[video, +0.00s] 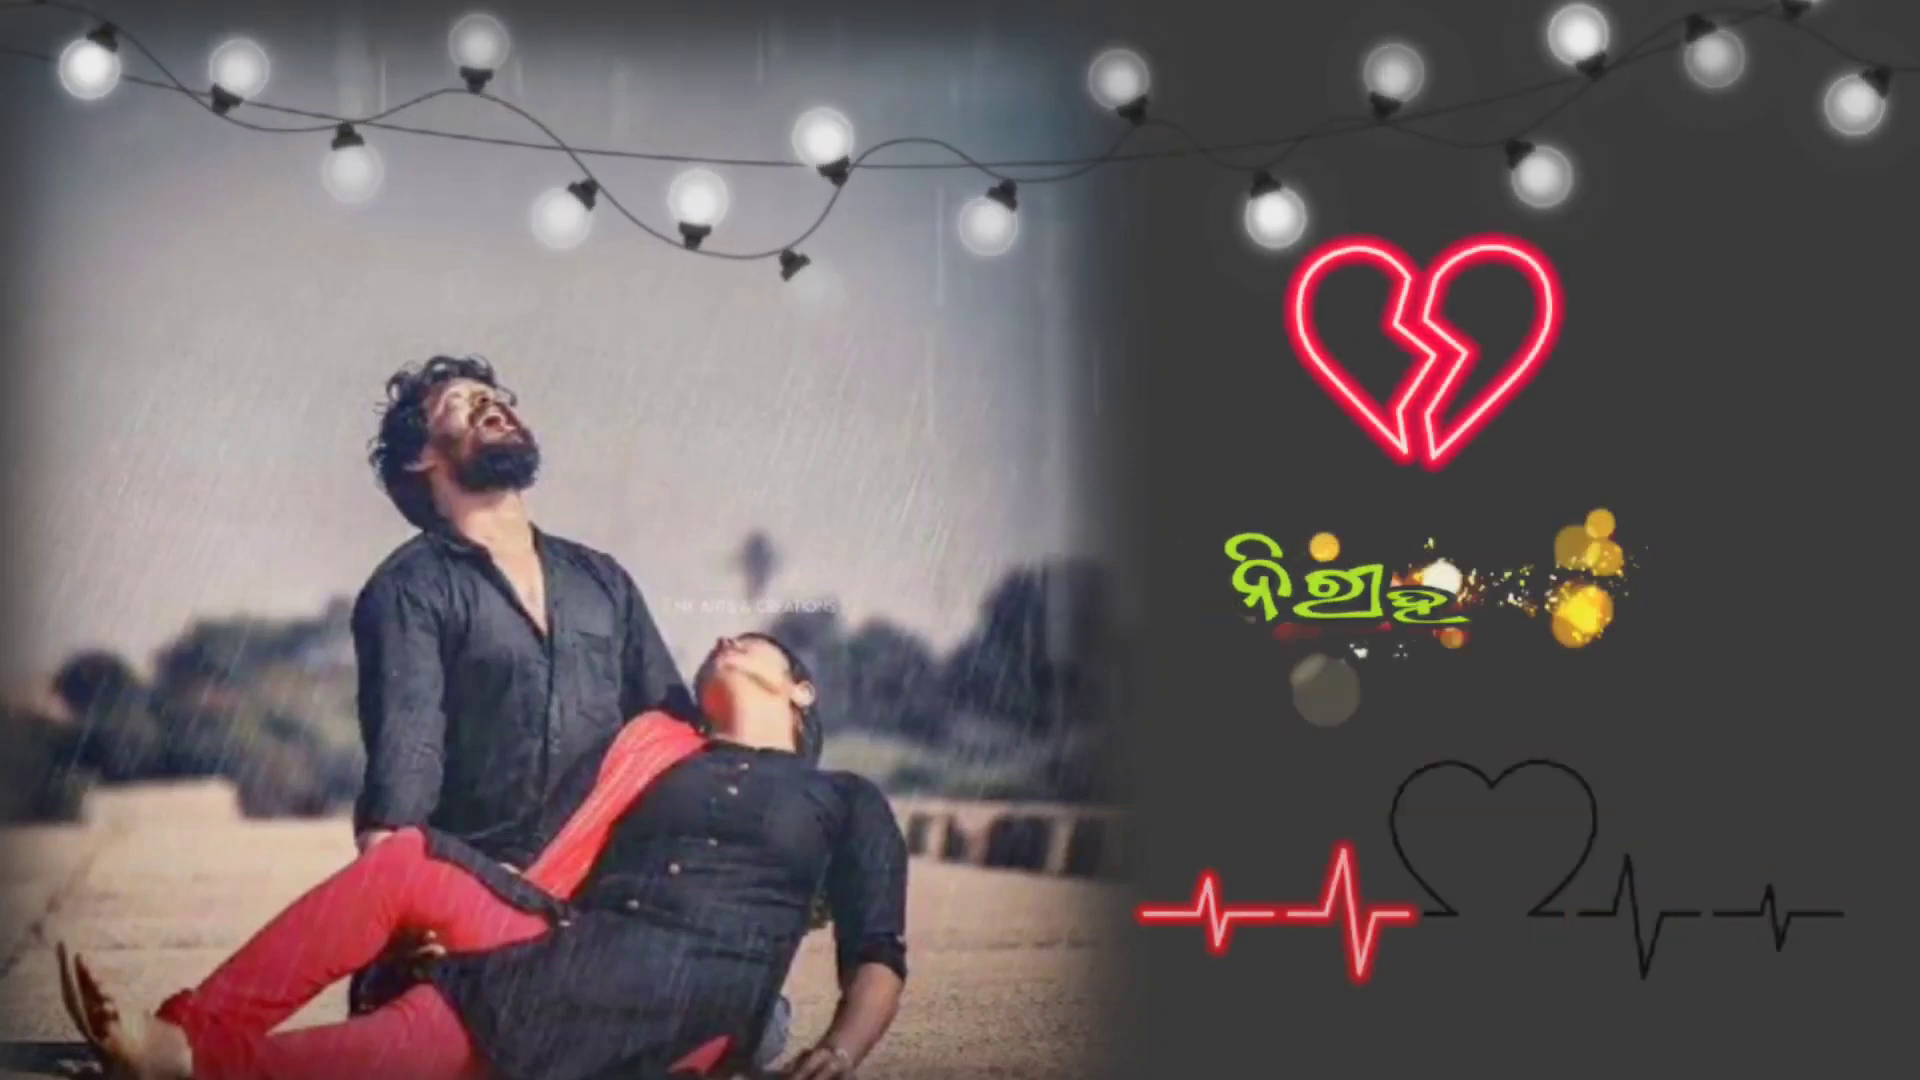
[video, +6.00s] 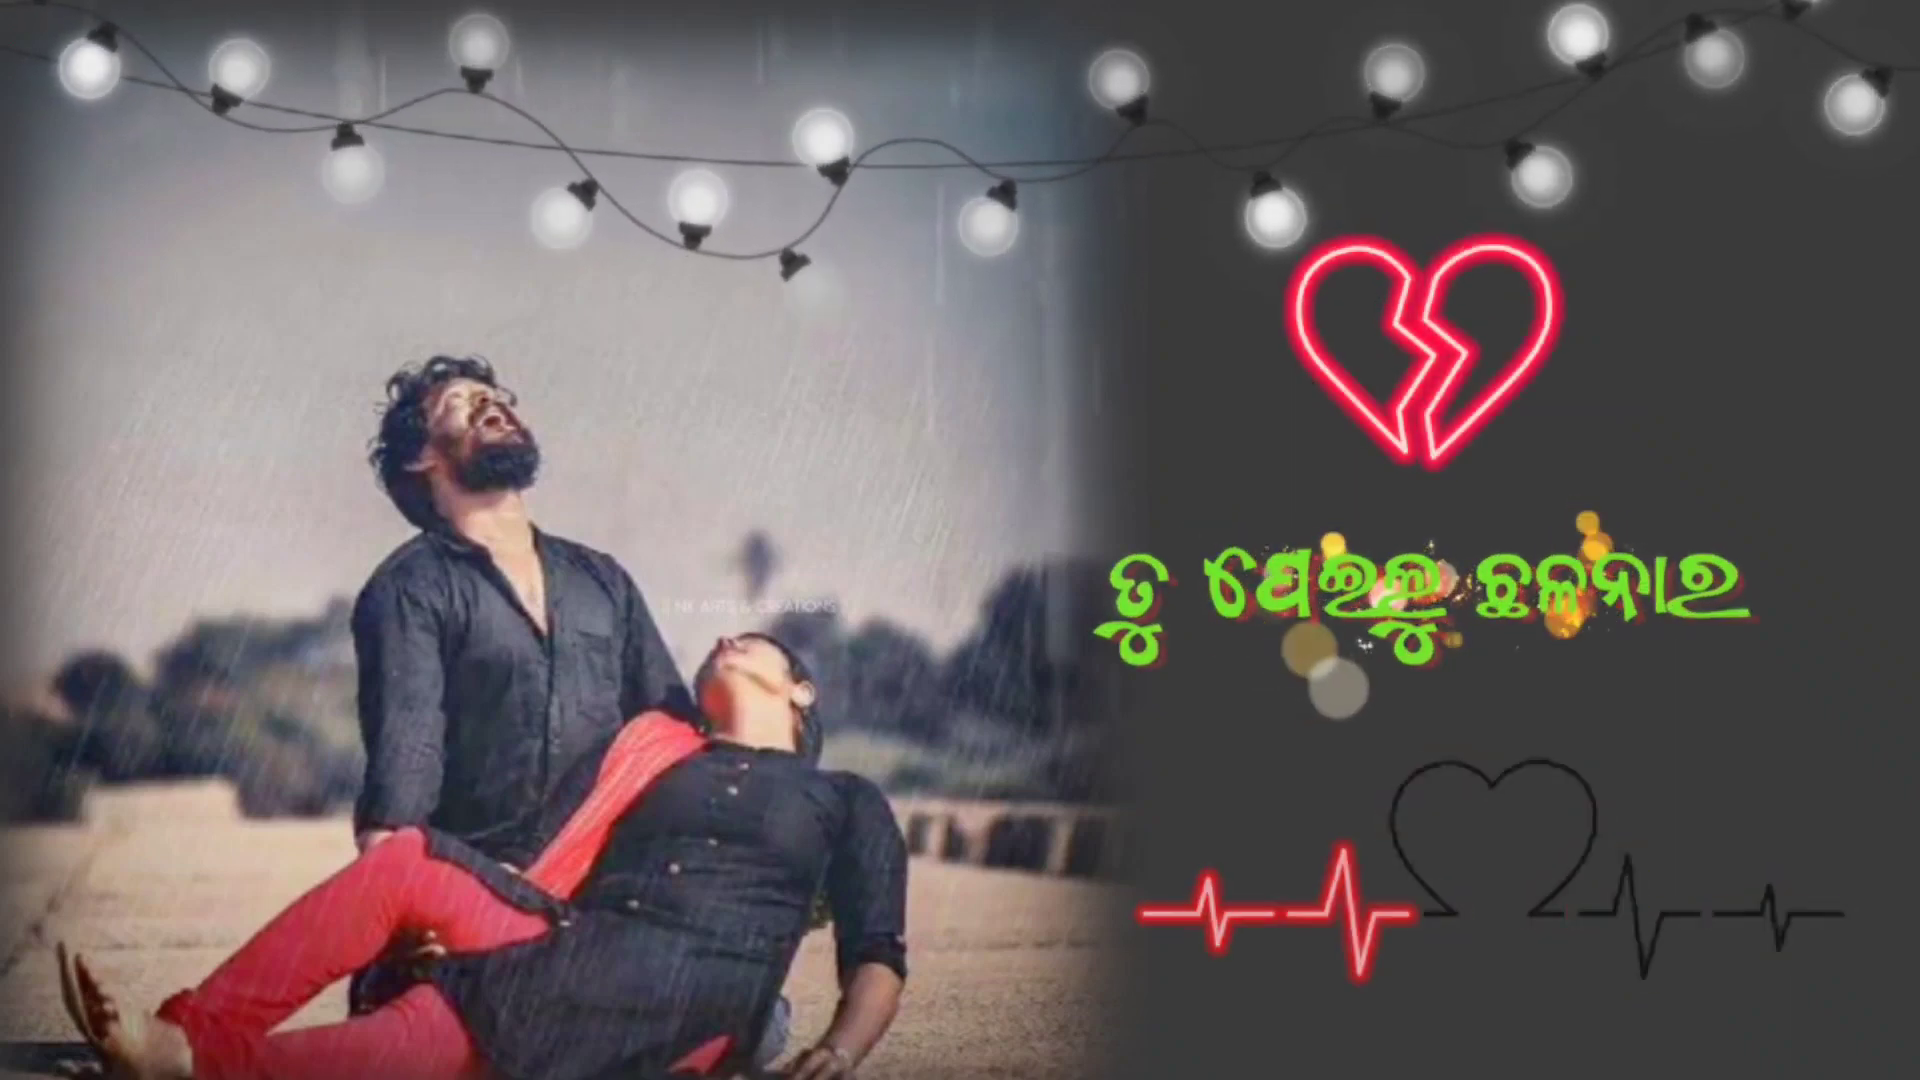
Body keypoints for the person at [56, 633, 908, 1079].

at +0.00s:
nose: (722, 660)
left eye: (749, 656)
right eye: (717, 659)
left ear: (799, 699)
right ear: (709, 699)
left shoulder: (843, 798)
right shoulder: (663, 756)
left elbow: (878, 967)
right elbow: (576, 893)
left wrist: (835, 1064)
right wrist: (458, 950)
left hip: (694, 981)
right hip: (590, 944)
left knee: (451, 1028)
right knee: (401, 861)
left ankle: (187, 1059)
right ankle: (177, 1040)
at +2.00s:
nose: (722, 662)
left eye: (749, 657)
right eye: (717, 661)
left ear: (799, 699)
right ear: (708, 699)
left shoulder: (843, 798)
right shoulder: (663, 757)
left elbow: (878, 967)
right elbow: (576, 894)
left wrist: (835, 1066)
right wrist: (457, 948)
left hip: (693, 981)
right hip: (588, 945)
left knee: (448, 1029)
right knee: (400, 860)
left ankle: (186, 1059)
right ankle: (178, 1040)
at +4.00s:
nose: (721, 658)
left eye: (749, 654)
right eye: (716, 657)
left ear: (799, 699)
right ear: (709, 699)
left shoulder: (844, 798)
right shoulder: (662, 753)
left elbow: (879, 968)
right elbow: (572, 891)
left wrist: (834, 1065)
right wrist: (455, 945)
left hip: (691, 984)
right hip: (585, 946)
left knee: (450, 1029)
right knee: (400, 862)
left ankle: (188, 1057)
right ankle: (179, 1041)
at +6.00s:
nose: (721, 660)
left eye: (749, 656)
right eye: (717, 659)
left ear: (799, 699)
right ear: (709, 698)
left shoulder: (844, 798)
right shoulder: (662, 755)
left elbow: (879, 967)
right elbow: (574, 892)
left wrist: (836, 1063)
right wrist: (455, 949)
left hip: (693, 982)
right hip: (587, 946)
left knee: (451, 1028)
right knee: (400, 859)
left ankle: (187, 1058)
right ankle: (178, 1041)